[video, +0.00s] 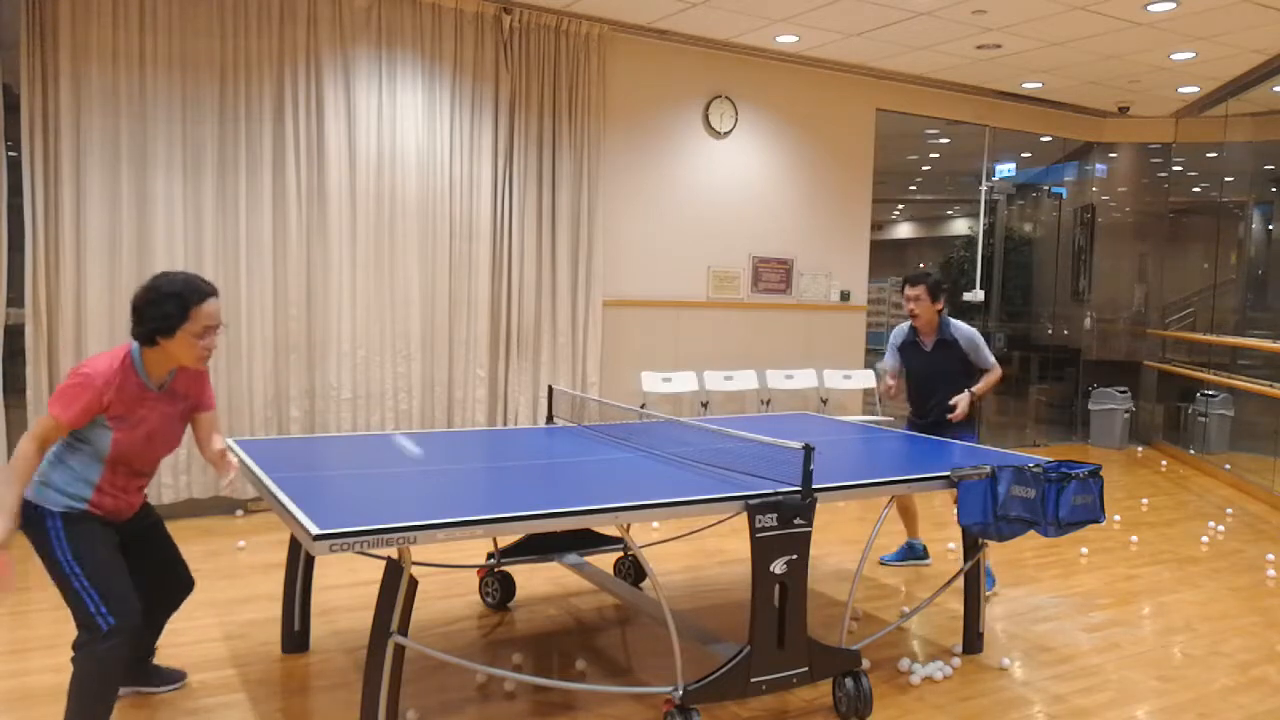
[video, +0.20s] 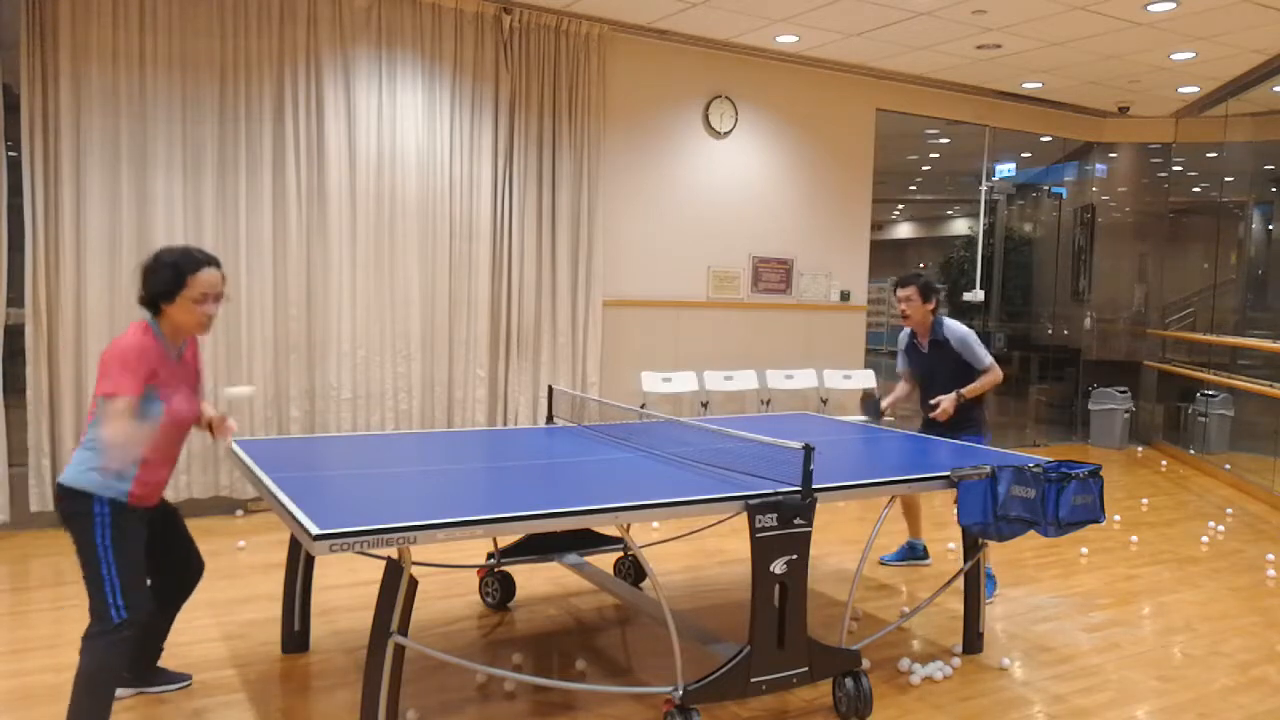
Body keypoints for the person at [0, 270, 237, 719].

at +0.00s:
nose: (214, 343)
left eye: (216, 331)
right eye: (205, 334)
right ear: (162, 334)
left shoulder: (193, 374)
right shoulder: (101, 377)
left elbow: (208, 432)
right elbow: (35, 441)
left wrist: (222, 456)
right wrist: (7, 518)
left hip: (123, 505)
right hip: (62, 508)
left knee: (170, 583)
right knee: (113, 627)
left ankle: (132, 667)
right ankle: (85, 714)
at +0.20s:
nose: (212, 312)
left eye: (217, 300)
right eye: (202, 300)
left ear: (219, 300)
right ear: (166, 300)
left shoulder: (187, 346)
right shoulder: (131, 349)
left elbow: (180, 406)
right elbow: (114, 435)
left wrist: (208, 419)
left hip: (141, 496)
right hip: (97, 496)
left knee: (183, 569)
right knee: (120, 619)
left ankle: (136, 669)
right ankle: (85, 713)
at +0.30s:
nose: (213, 287)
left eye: (214, 277)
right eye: (204, 277)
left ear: (173, 282)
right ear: (168, 279)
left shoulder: (168, 326)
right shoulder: (140, 321)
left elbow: (159, 392)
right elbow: (185, 377)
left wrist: (206, 398)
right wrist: (247, 324)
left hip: (147, 482)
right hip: (114, 482)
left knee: (177, 565)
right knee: (119, 606)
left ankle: (136, 669)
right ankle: (87, 712)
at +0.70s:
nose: (210, 269)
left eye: (207, 258)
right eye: (200, 261)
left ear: (169, 273)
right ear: (167, 273)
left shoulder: (170, 320)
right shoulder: (136, 318)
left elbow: (168, 389)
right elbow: (141, 399)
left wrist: (216, 388)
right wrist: (217, 382)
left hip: (150, 480)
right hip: (119, 482)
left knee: (177, 565)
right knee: (153, 602)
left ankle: (135, 667)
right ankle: (124, 708)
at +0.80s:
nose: (219, 290)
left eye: (217, 279)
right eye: (210, 281)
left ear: (180, 292)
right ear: (176, 292)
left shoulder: (191, 333)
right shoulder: (129, 339)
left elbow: (202, 386)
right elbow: (82, 419)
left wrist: (213, 392)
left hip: (148, 488)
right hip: (100, 492)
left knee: (188, 570)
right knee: (147, 611)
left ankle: (137, 668)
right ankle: (126, 707)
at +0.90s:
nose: (230, 327)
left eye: (229, 315)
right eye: (221, 317)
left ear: (194, 326)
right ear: (185, 325)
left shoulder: (202, 365)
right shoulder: (125, 368)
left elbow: (221, 429)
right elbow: (62, 427)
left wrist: (223, 420)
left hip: (147, 510)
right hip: (97, 512)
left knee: (192, 579)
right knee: (155, 615)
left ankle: (132, 673)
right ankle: (126, 707)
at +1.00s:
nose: (236, 348)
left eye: (237, 337)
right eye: (227, 339)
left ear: (196, 343)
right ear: (190, 342)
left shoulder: (203, 382)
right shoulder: (133, 380)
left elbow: (199, 450)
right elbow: (82, 438)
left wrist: (213, 438)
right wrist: (52, 463)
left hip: (134, 514)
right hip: (81, 516)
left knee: (193, 578)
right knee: (155, 619)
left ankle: (134, 673)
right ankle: (129, 709)